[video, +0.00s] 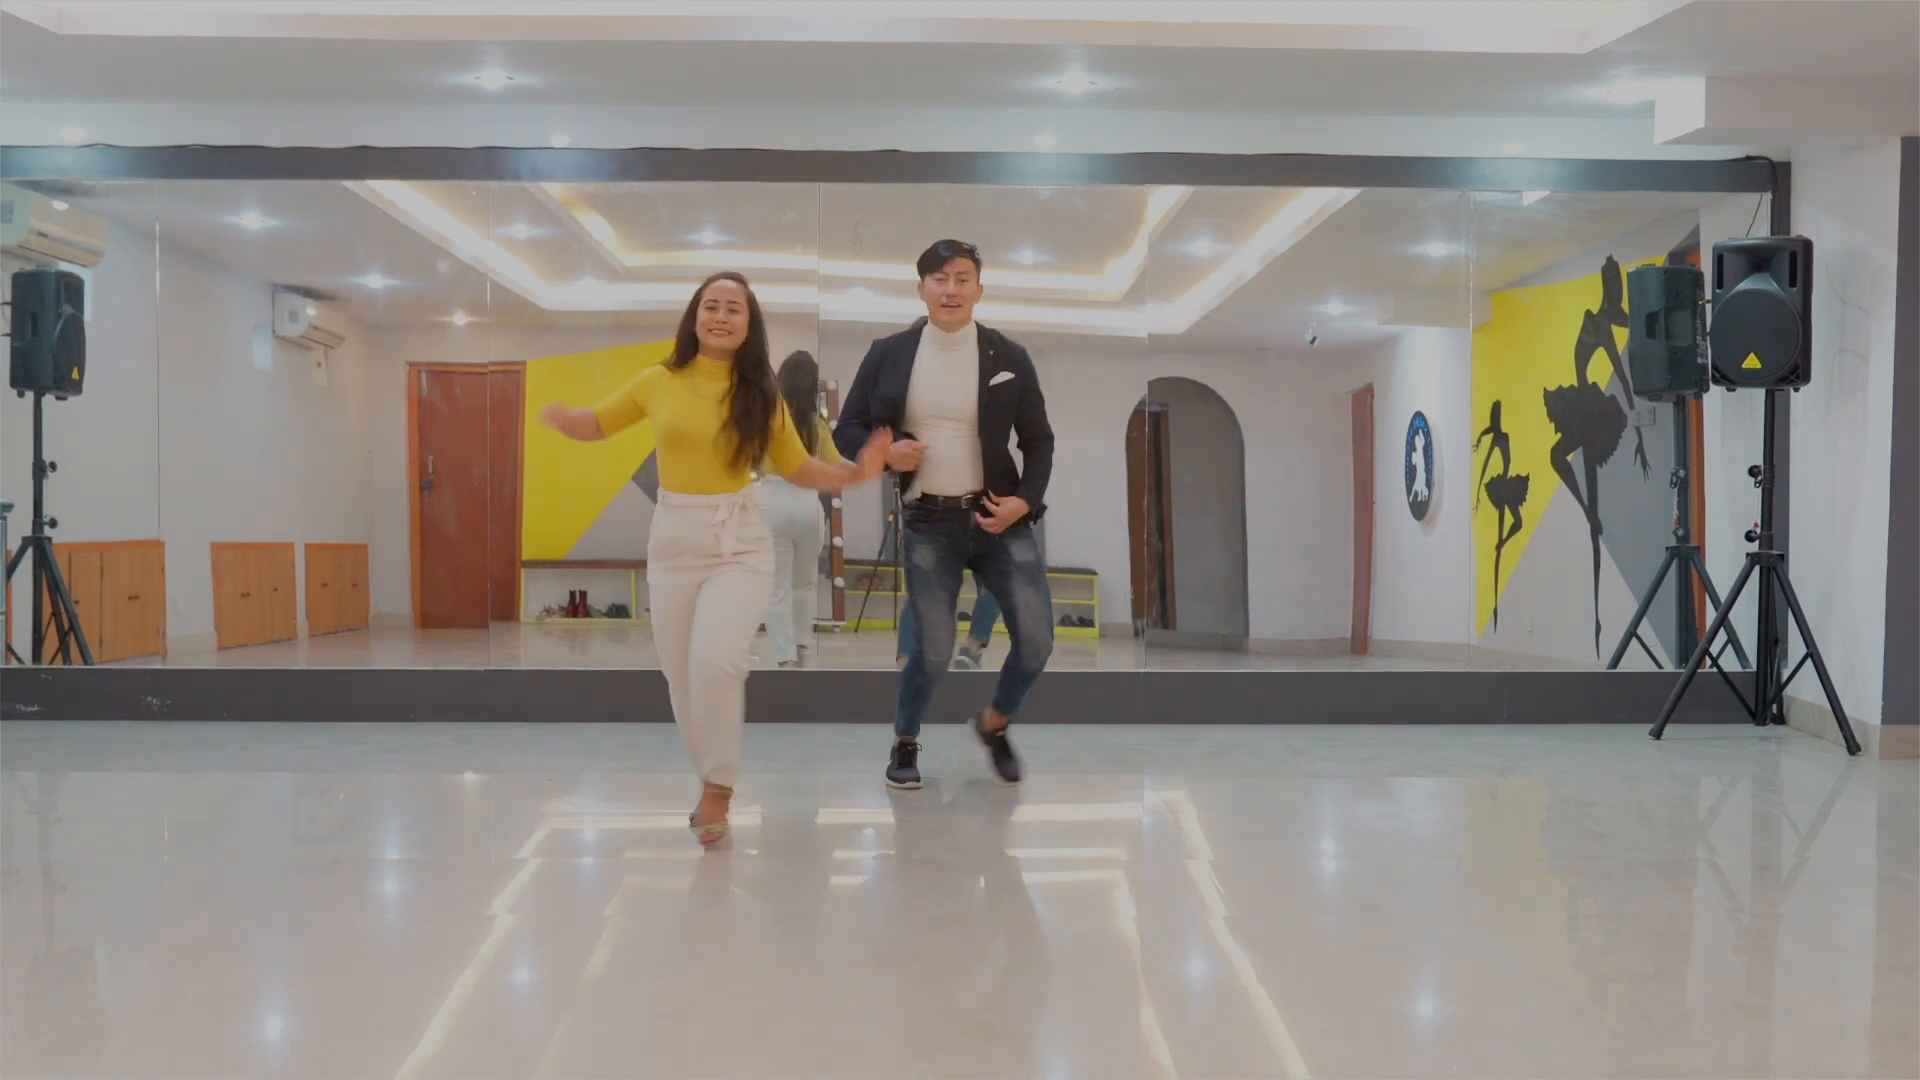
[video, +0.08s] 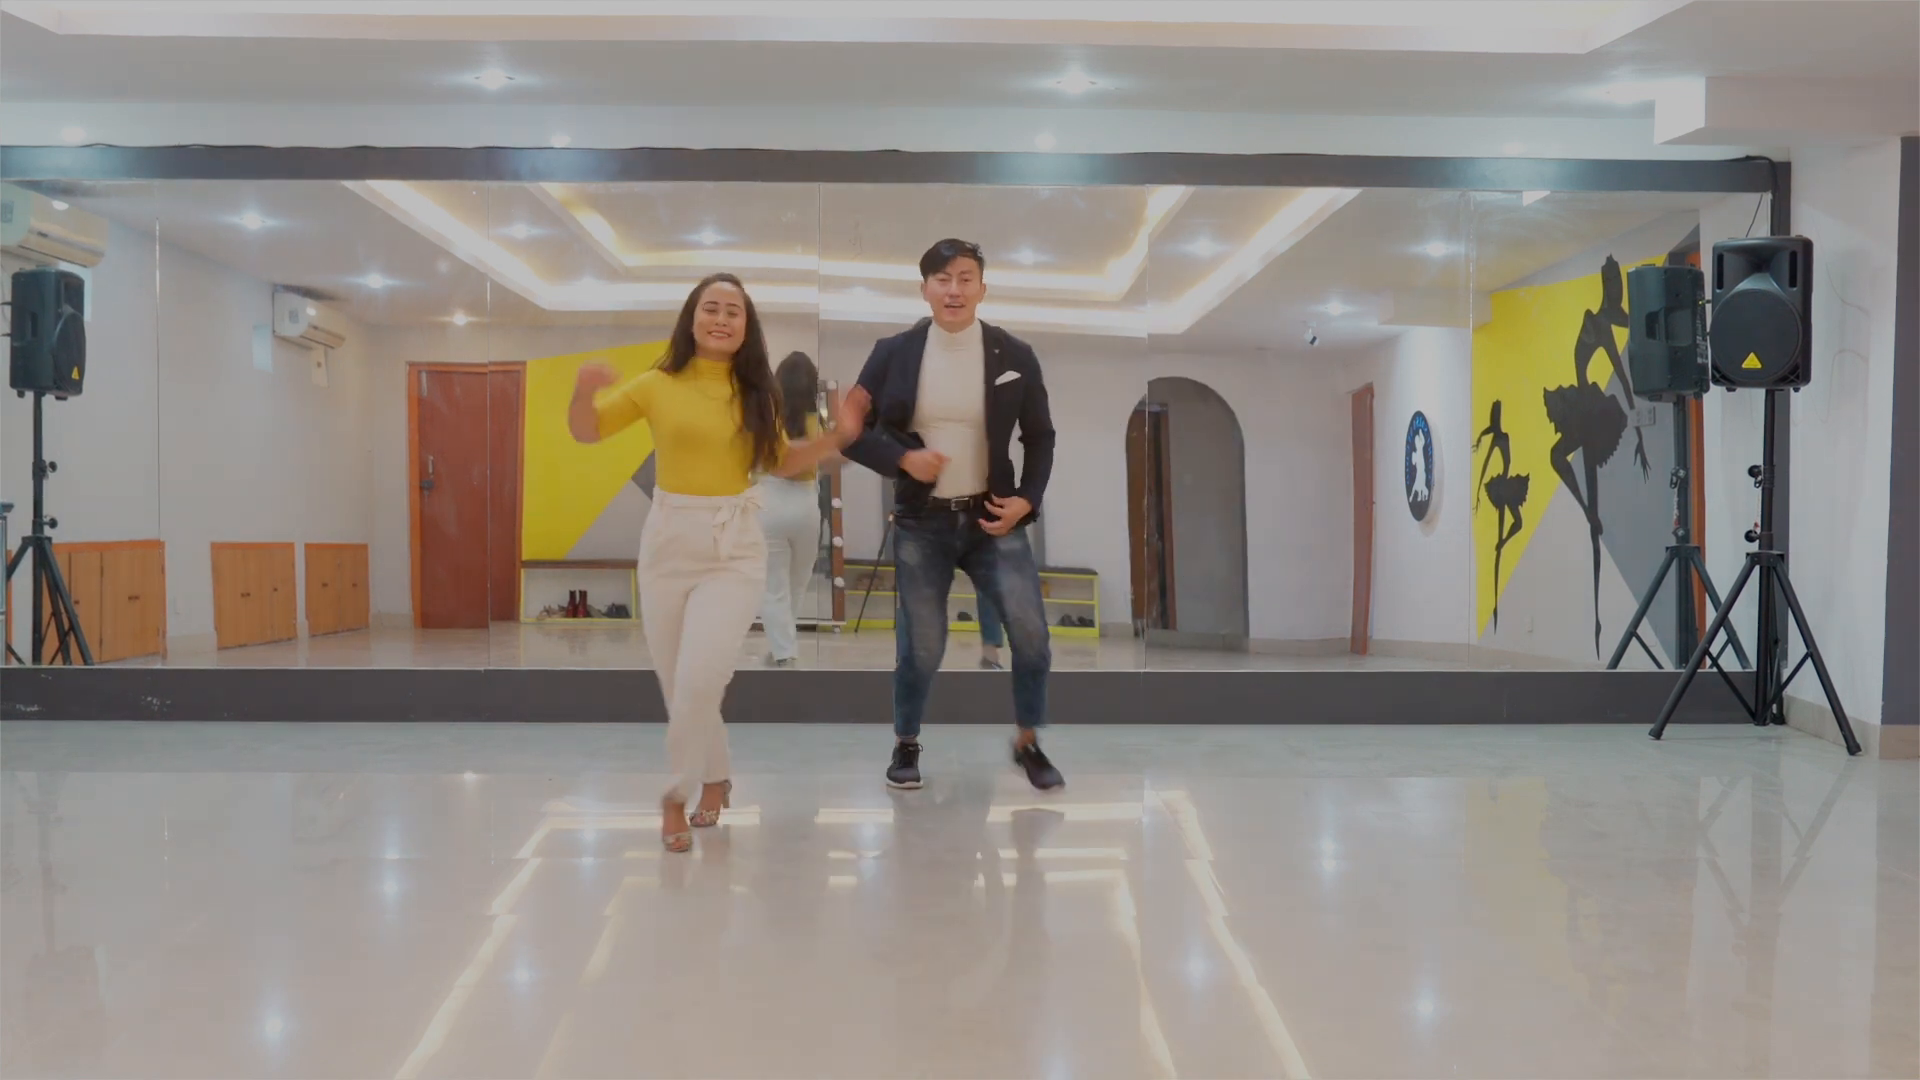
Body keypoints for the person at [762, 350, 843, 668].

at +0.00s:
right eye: (813, 377)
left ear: (781, 379)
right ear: (814, 382)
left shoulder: (768, 414)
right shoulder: (816, 421)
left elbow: (751, 462)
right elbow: (835, 463)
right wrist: (855, 471)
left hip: (770, 497)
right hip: (807, 499)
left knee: (778, 587)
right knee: (806, 582)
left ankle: (784, 657)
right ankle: (802, 644)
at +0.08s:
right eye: (810, 378)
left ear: (779, 381)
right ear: (812, 383)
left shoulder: (765, 416)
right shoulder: (816, 422)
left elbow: (751, 463)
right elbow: (830, 461)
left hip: (767, 498)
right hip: (806, 500)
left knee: (776, 586)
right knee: (799, 582)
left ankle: (784, 653)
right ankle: (781, 643)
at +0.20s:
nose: (810, 388)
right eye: (809, 383)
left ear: (777, 388)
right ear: (806, 389)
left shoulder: (765, 420)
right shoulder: (810, 425)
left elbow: (750, 461)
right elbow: (831, 460)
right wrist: (833, 423)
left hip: (763, 496)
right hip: (800, 499)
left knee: (763, 590)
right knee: (791, 592)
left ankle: (761, 638)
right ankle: (776, 658)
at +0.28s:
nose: (809, 386)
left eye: (806, 379)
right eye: (805, 381)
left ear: (773, 385)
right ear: (798, 387)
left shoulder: (762, 419)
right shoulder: (805, 424)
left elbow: (754, 457)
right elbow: (832, 457)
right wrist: (831, 420)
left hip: (759, 498)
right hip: (794, 501)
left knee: (763, 587)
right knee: (793, 592)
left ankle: (750, 636)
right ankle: (775, 661)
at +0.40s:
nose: (806, 381)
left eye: (804, 374)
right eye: (801, 374)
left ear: (769, 380)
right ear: (786, 378)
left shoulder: (754, 415)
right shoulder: (793, 416)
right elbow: (821, 452)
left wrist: (825, 434)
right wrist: (840, 436)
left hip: (757, 502)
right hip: (782, 505)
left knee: (787, 577)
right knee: (796, 586)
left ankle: (757, 624)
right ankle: (777, 660)